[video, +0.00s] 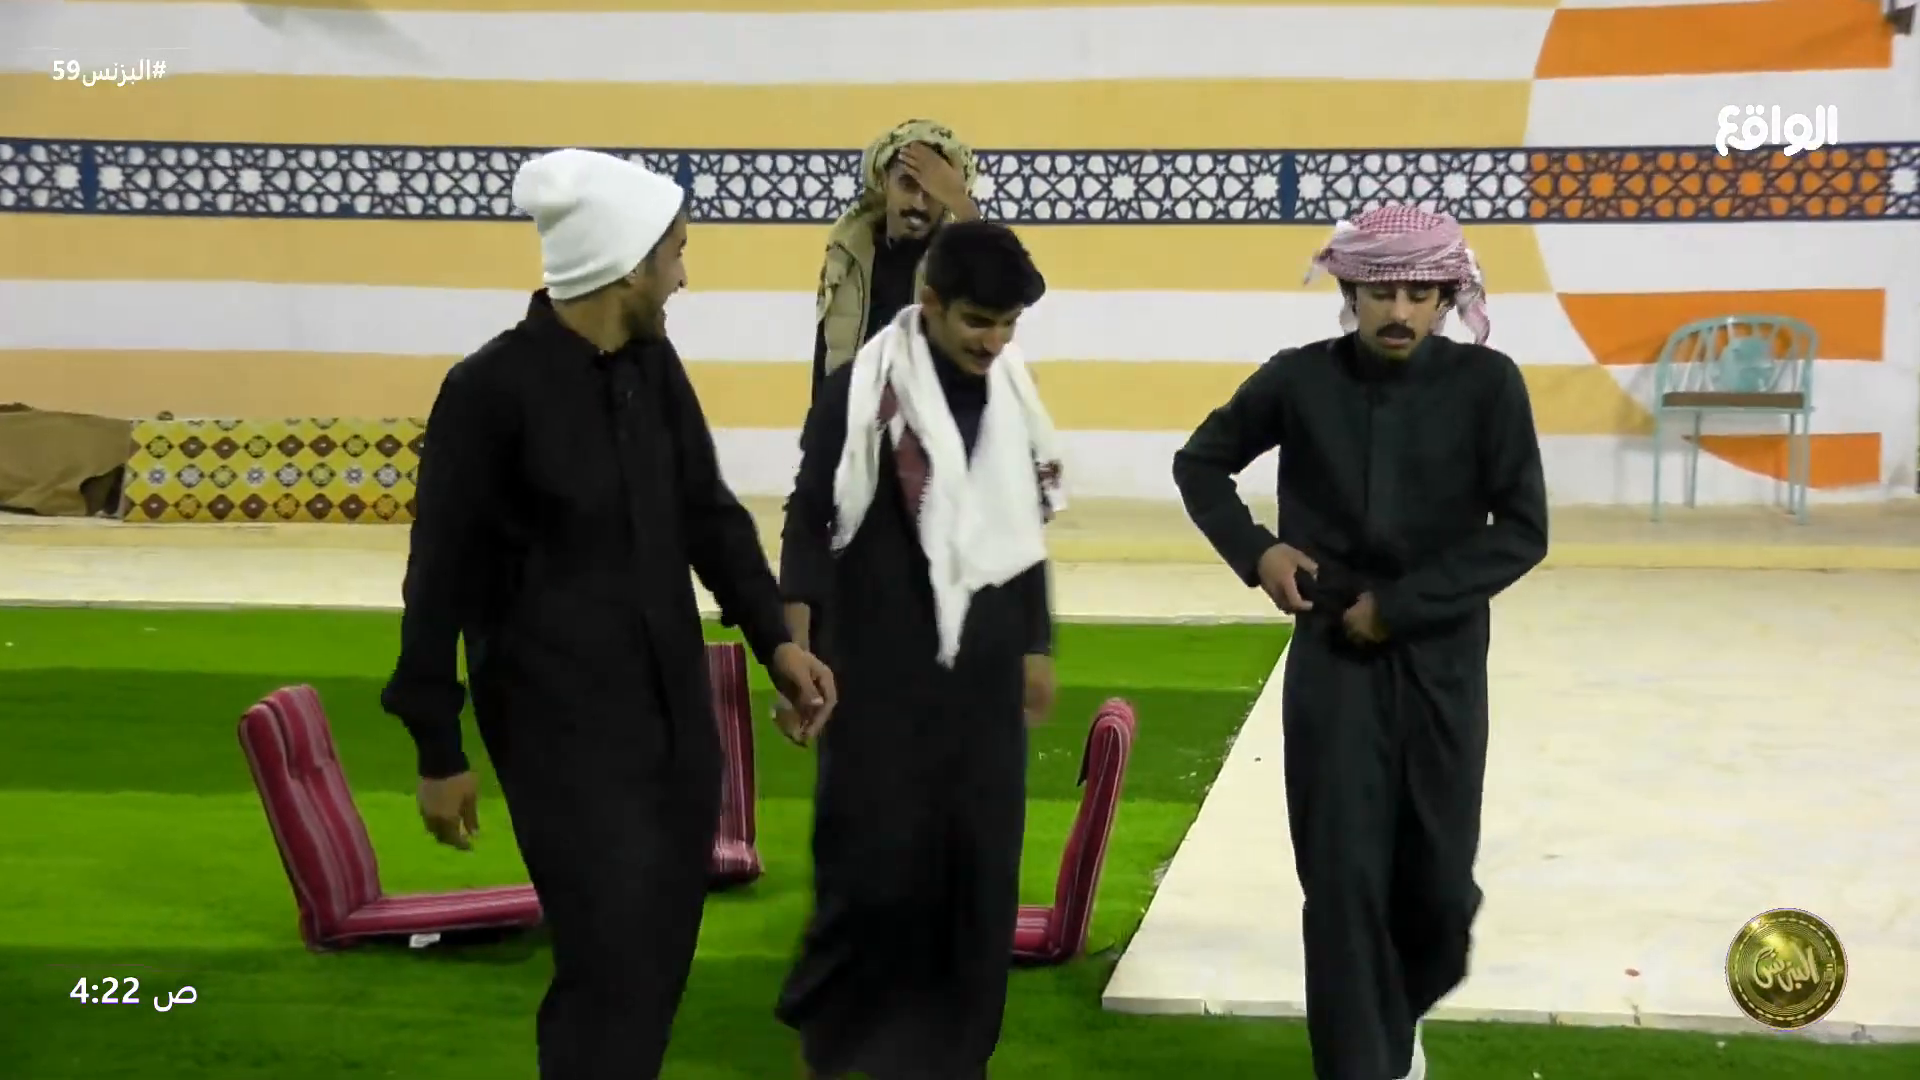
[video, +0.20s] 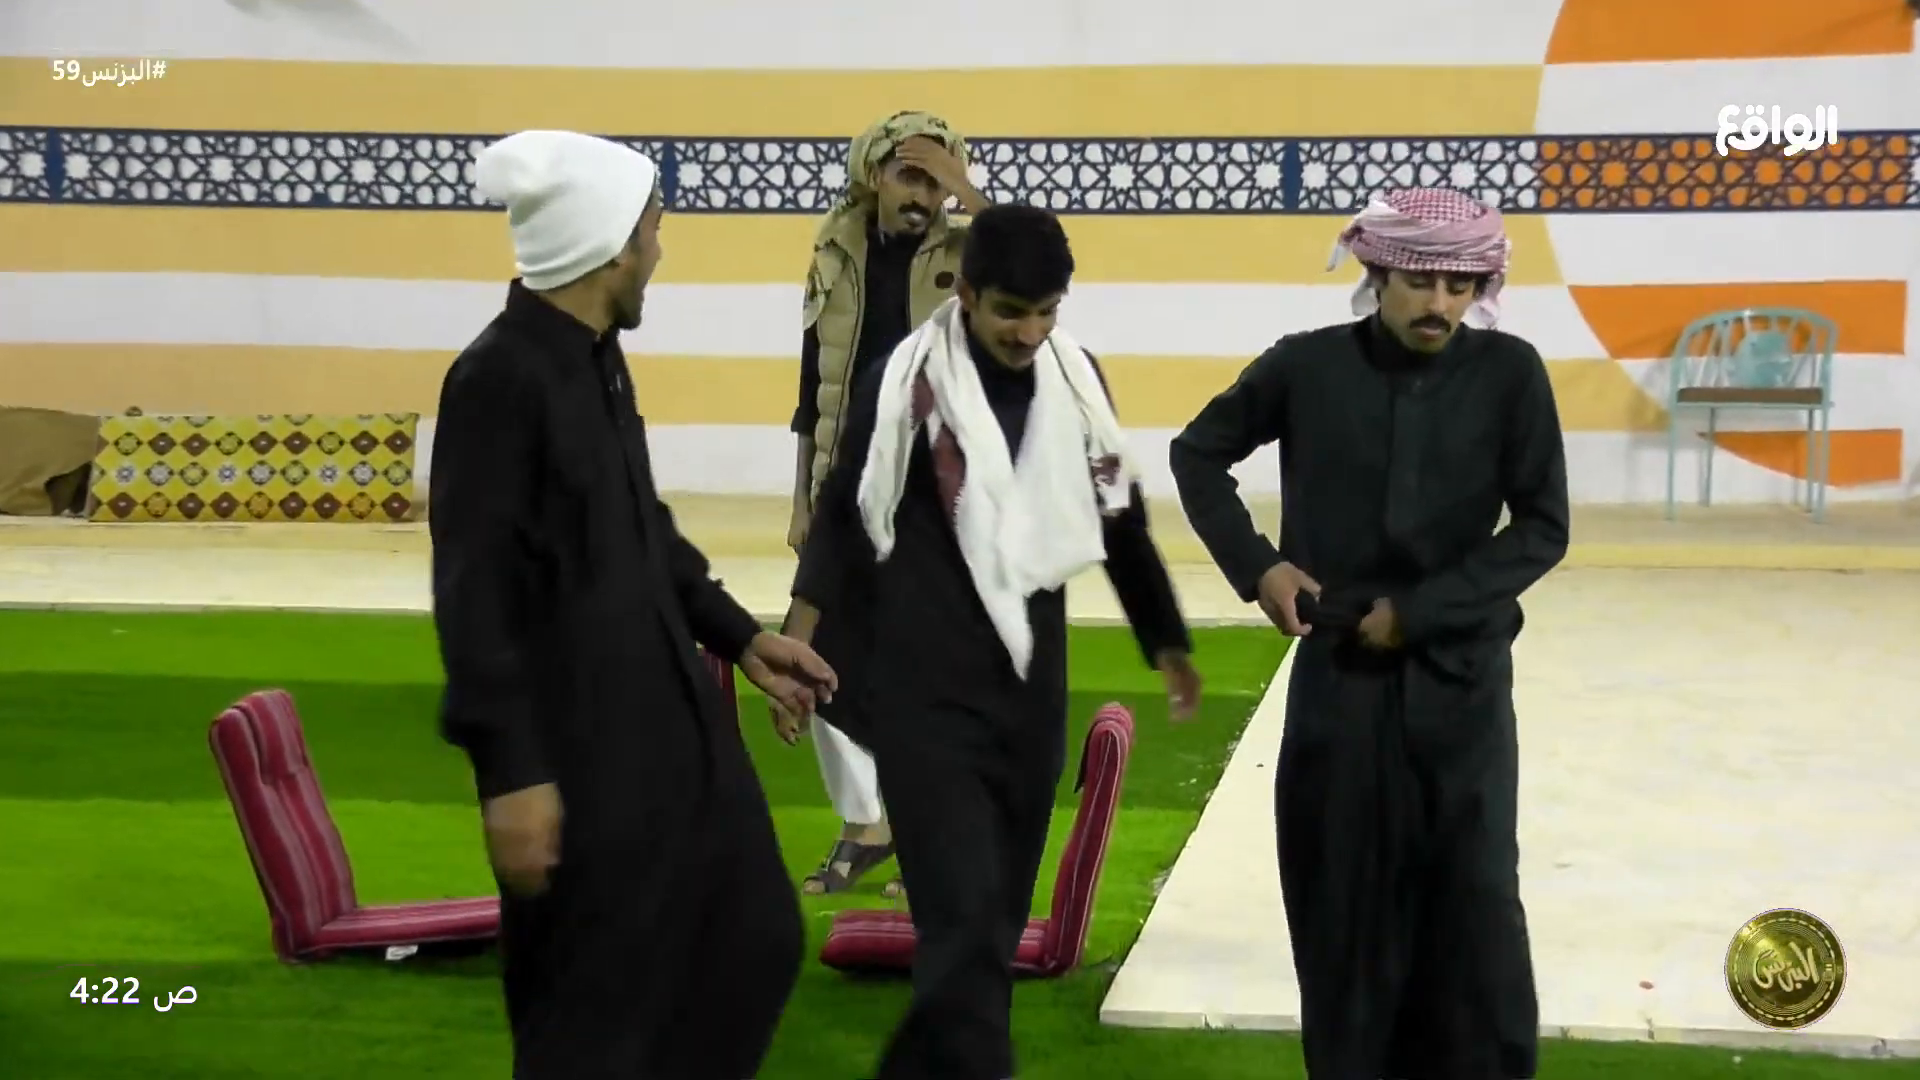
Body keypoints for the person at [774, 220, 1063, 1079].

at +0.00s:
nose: (993, 341)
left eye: (1007, 325)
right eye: (976, 323)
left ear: (1020, 314)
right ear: (928, 301)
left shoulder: (1010, 391)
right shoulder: (860, 385)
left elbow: (1028, 529)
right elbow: (809, 519)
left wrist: (1036, 647)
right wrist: (797, 647)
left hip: (981, 676)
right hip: (878, 670)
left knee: (976, 867)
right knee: (876, 861)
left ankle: (955, 1051)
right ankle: (843, 1039)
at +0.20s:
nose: (1029, 331)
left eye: (1044, 312)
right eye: (1009, 313)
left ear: (1062, 299)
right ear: (964, 295)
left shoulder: (1072, 372)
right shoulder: (904, 372)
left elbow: (1119, 514)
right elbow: (846, 509)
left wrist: (1167, 643)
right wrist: (800, 632)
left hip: (1029, 685)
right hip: (917, 683)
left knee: (996, 924)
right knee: (966, 920)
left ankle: (912, 1068)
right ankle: (974, 1073)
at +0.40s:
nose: (1051, 346)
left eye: (1067, 326)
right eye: (1030, 328)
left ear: (1084, 311)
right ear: (986, 311)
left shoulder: (1117, 389)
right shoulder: (937, 414)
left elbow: (1173, 524)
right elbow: (881, 565)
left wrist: (1223, 643)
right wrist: (847, 717)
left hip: (1094, 683)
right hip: (979, 694)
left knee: (1095, 884)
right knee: (1005, 919)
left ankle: (1038, 1051)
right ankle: (1003, 1061)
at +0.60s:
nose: (1098, 324)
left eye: (1115, 302)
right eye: (1076, 306)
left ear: (1132, 289)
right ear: (1028, 293)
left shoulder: (1159, 376)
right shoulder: (972, 407)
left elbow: (1203, 544)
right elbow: (936, 576)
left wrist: (1218, 691)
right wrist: (945, 726)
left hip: (1156, 723)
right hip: (1031, 728)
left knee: (1184, 966)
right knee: (1044, 974)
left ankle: (1168, 1073)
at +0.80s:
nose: (1185, 323)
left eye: (1196, 299)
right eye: (1159, 302)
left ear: (1208, 294)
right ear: (1097, 301)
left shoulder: (1223, 397)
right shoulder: (1028, 418)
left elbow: (1254, 582)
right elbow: (978, 589)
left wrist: (1258, 749)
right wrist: (1022, 690)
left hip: (1209, 765)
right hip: (1079, 769)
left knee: (1217, 1019)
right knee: (1069, 1015)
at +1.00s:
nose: (1295, 307)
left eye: (1295, 281)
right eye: (1272, 285)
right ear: (1191, 298)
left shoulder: (1307, 423)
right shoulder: (1087, 422)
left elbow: (1336, 611)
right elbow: (1035, 591)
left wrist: (1339, 790)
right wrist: (1033, 737)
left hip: (1269, 779)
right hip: (1127, 772)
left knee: (1257, 1021)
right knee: (1116, 1019)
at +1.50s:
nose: (1264, 321)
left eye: (1287, 293)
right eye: (1235, 295)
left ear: (1317, 302)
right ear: (1189, 306)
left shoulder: (1378, 439)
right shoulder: (1127, 459)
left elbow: (1436, 631)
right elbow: (1066, 659)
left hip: (1353, 852)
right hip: (1194, 855)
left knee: (1353, 1059)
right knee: (1194, 1053)